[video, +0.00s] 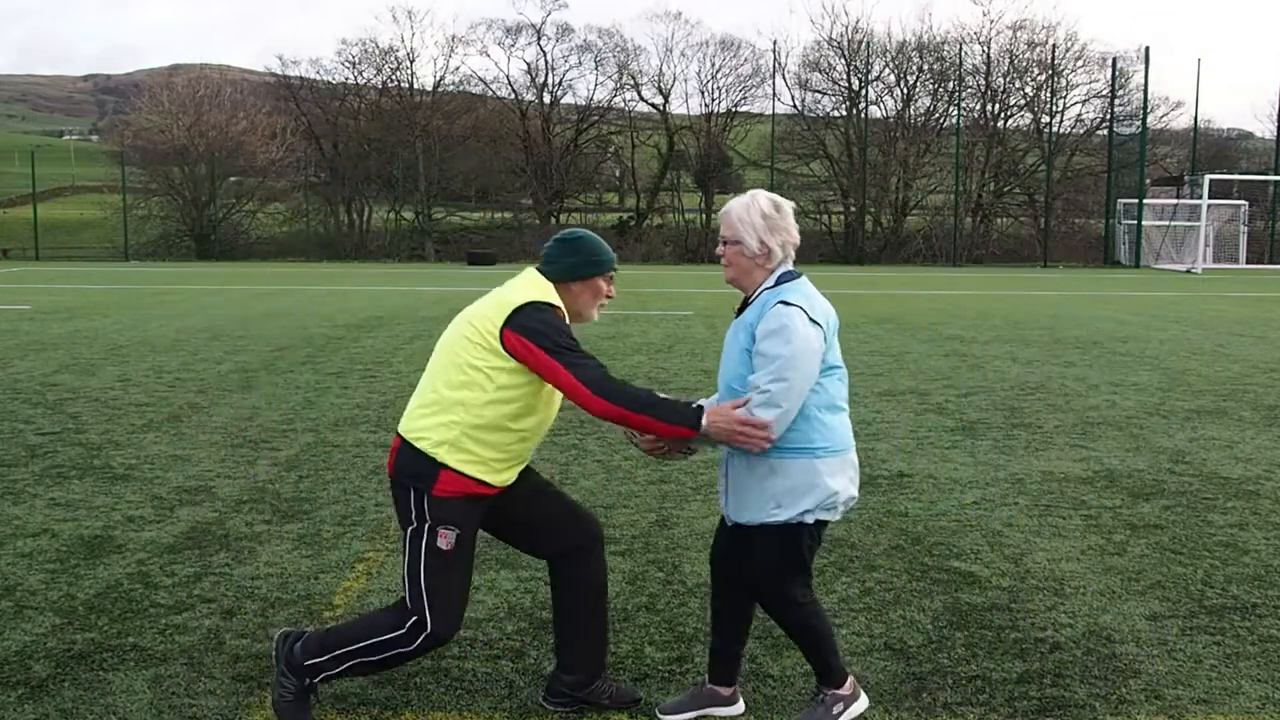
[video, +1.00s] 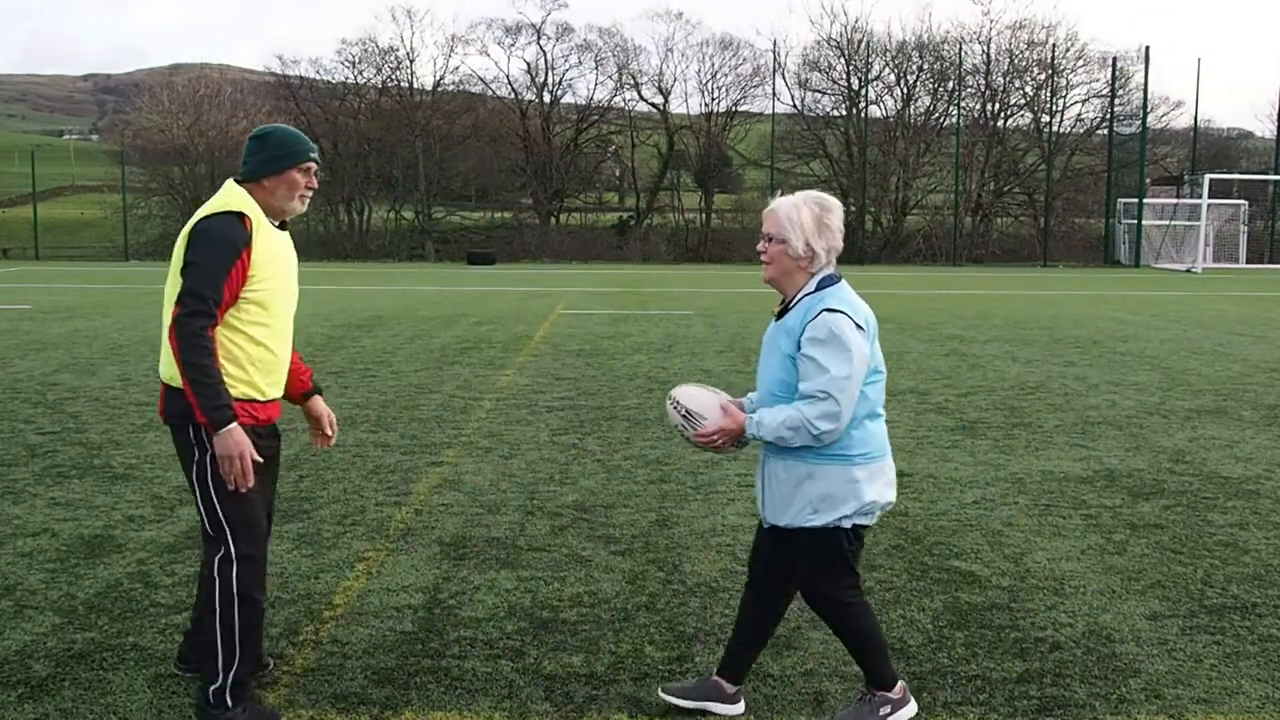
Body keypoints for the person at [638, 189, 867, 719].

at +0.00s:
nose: (718, 253)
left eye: (728, 243)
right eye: (720, 241)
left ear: (763, 251)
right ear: (761, 252)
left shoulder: (790, 315)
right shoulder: (762, 307)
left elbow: (763, 423)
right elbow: (736, 393)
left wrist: (689, 434)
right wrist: (680, 425)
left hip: (798, 480)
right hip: (760, 474)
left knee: (779, 582)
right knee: (730, 567)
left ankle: (840, 689)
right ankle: (720, 688)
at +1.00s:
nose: (760, 250)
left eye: (770, 240)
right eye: (761, 239)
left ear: (806, 251)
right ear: (800, 252)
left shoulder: (832, 319)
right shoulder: (800, 312)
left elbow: (825, 415)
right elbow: (788, 391)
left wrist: (750, 425)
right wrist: (741, 410)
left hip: (834, 485)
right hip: (795, 479)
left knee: (830, 590)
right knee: (766, 583)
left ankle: (890, 693)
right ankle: (726, 683)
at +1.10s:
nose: (785, 252)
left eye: (796, 243)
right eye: (787, 241)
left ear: (829, 253)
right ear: (823, 253)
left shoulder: (859, 322)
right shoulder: (826, 314)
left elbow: (855, 420)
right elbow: (809, 394)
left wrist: (777, 431)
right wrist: (763, 416)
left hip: (862, 486)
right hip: (822, 478)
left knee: (844, 587)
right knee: (784, 566)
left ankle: (890, 696)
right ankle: (750, 678)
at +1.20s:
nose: (807, 250)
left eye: (818, 241)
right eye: (809, 239)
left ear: (852, 251)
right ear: (850, 251)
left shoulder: (882, 318)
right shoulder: (848, 310)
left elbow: (880, 416)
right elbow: (833, 392)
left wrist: (805, 430)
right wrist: (784, 418)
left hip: (886, 482)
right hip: (845, 474)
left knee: (856, 582)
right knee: (802, 554)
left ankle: (890, 696)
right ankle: (813, 675)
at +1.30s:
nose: (829, 247)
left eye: (840, 237)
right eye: (831, 235)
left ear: (875, 246)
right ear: (872, 246)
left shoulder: (905, 314)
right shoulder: (871, 305)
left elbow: (905, 410)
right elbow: (854, 386)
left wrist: (829, 426)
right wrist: (808, 413)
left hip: (905, 477)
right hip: (870, 469)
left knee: (872, 577)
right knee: (838, 558)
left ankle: (892, 696)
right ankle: (889, 666)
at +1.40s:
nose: (852, 244)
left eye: (864, 235)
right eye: (854, 233)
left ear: (900, 243)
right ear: (895, 243)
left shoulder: (928, 310)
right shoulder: (891, 303)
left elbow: (931, 406)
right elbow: (874, 382)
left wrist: (855, 420)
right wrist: (829, 408)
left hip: (927, 474)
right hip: (898, 468)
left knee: (884, 573)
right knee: (896, 568)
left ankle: (893, 696)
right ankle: (962, 660)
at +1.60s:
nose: (890, 248)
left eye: (900, 239)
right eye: (891, 237)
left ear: (934, 247)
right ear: (926, 247)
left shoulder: (969, 311)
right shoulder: (929, 305)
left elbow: (979, 402)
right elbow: (917, 383)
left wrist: (905, 422)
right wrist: (876, 412)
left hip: (985, 468)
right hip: (955, 463)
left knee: (925, 558)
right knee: (960, 566)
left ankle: (912, 692)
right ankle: (985, 676)